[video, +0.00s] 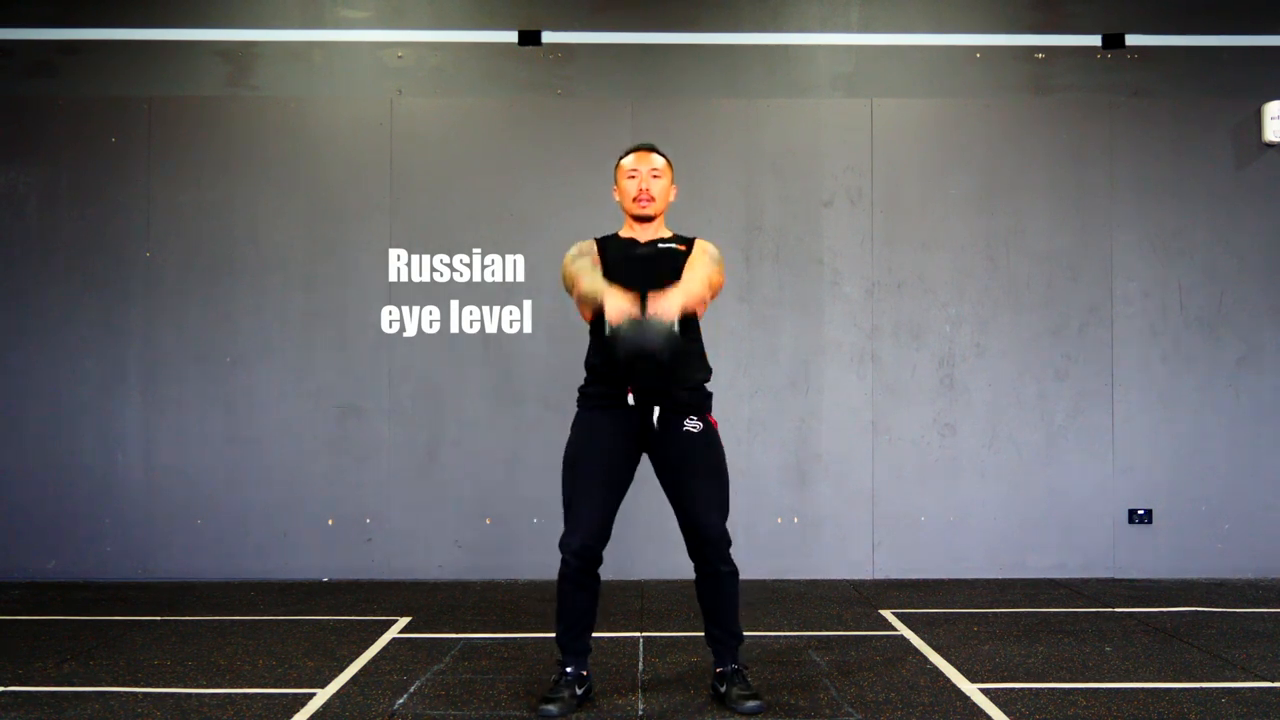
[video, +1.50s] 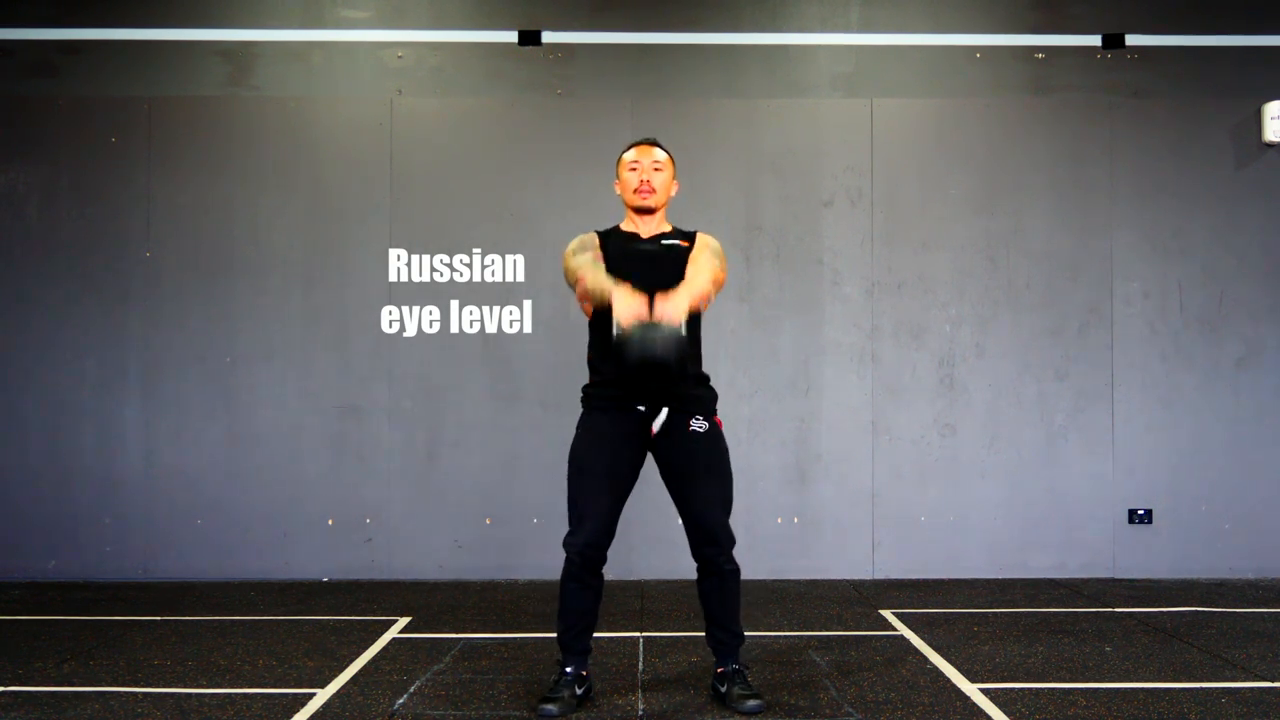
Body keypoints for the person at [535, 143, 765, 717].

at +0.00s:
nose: (644, 182)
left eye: (655, 174)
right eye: (632, 174)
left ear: (672, 190)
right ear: (616, 191)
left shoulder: (699, 251)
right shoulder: (588, 253)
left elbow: (699, 285)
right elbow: (589, 286)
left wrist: (668, 304)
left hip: (683, 415)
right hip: (606, 414)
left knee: (711, 542)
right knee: (580, 544)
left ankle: (728, 670)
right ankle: (572, 672)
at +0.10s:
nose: (643, 169)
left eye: (657, 165)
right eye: (631, 165)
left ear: (676, 188)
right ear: (615, 187)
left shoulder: (700, 251)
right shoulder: (591, 249)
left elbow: (707, 261)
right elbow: (576, 253)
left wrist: (664, 219)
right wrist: (613, 222)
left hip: (683, 415)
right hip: (606, 413)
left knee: (708, 544)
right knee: (581, 545)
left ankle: (729, 670)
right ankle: (572, 672)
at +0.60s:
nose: (648, 169)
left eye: (659, 160)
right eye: (636, 160)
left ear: (676, 177)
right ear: (619, 177)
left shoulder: (702, 240)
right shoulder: (592, 240)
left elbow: (706, 270)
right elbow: (583, 262)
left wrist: (677, 275)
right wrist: (605, 269)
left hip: (684, 413)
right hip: (607, 413)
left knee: (712, 542)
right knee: (581, 543)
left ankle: (729, 670)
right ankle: (571, 672)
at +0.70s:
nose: (648, 169)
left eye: (659, 161)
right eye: (635, 161)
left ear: (676, 177)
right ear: (618, 177)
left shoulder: (705, 248)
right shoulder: (587, 248)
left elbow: (701, 311)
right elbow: (592, 306)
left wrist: (674, 354)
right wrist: (621, 348)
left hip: (685, 412)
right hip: (606, 412)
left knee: (721, 542)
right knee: (572, 544)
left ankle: (730, 669)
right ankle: (571, 672)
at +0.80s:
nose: (647, 180)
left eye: (658, 171)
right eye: (634, 172)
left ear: (676, 186)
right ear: (616, 188)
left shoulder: (707, 267)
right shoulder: (584, 267)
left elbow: (698, 359)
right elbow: (595, 358)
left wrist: (674, 431)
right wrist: (621, 430)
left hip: (686, 421)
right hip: (604, 420)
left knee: (735, 547)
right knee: (558, 545)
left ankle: (731, 671)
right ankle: (570, 673)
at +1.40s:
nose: (641, 179)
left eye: (653, 171)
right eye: (629, 171)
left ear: (672, 187)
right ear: (614, 188)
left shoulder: (705, 257)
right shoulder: (582, 262)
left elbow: (700, 333)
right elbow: (593, 336)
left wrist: (678, 393)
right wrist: (622, 391)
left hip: (689, 420)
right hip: (607, 423)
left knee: (729, 548)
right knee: (576, 548)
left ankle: (730, 672)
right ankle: (572, 674)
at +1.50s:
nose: (645, 175)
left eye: (656, 166)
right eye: (633, 167)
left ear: (674, 185)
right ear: (617, 185)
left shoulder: (702, 246)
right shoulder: (589, 246)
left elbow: (704, 280)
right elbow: (590, 278)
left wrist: (677, 302)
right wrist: (620, 297)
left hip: (686, 413)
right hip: (611, 413)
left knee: (714, 543)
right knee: (584, 543)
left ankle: (729, 670)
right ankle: (572, 672)